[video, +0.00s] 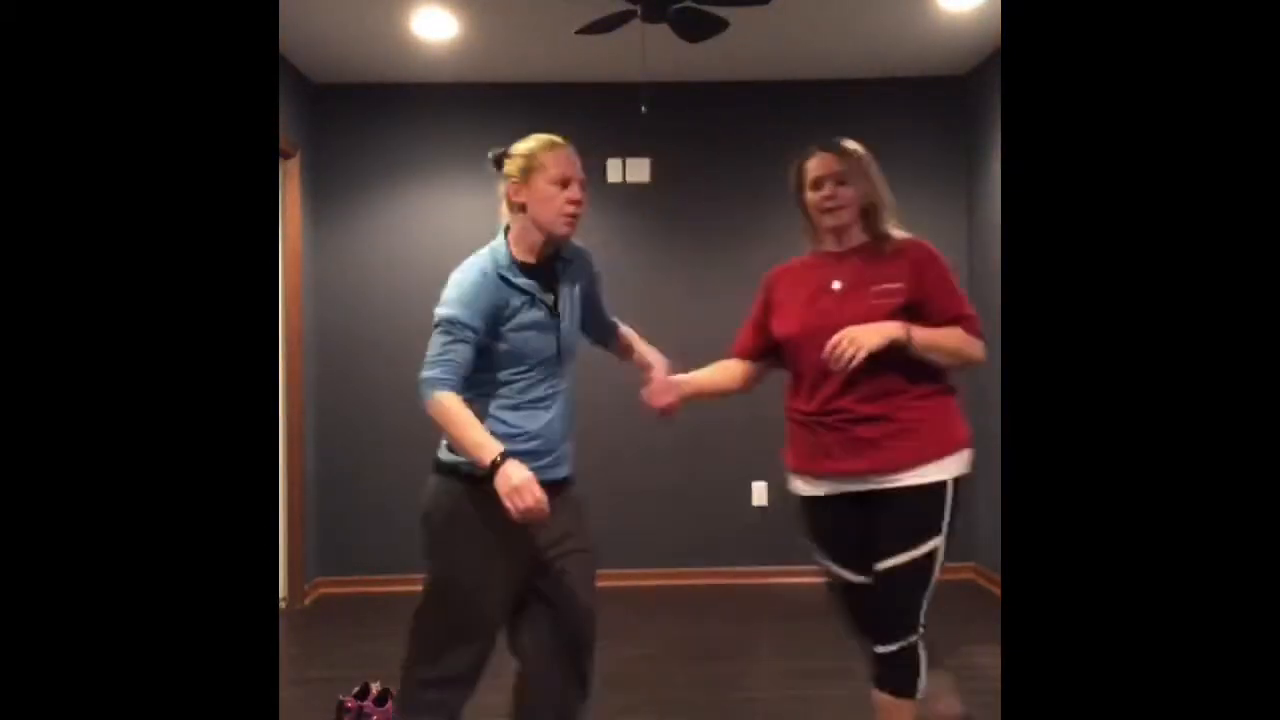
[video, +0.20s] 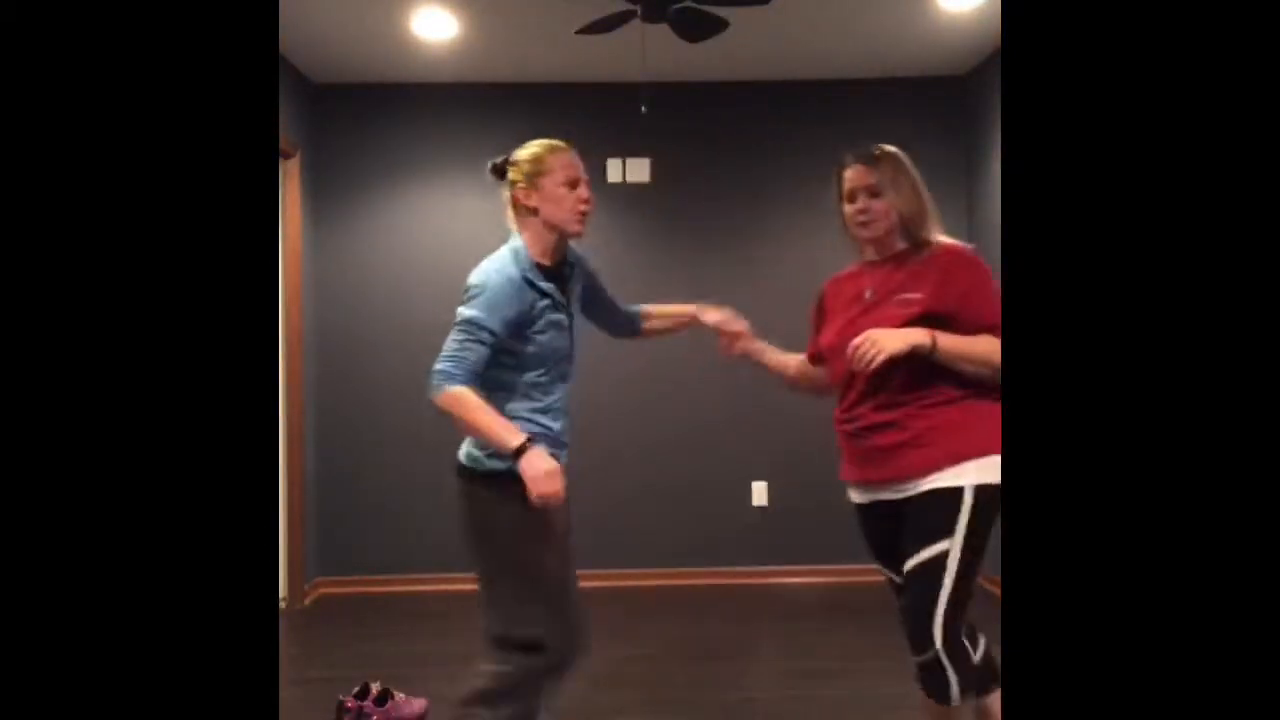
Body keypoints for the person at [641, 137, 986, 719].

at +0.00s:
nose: (829, 194)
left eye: (841, 181)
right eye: (817, 185)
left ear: (867, 187)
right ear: (803, 200)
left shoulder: (913, 260)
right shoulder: (785, 281)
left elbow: (971, 348)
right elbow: (747, 366)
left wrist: (895, 332)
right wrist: (682, 384)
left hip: (916, 471)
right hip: (824, 480)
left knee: (894, 634)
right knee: (871, 629)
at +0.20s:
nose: (859, 207)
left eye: (873, 194)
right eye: (849, 197)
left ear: (904, 196)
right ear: (841, 208)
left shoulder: (954, 266)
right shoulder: (838, 290)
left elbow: (997, 352)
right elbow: (824, 375)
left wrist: (921, 337)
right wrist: (755, 348)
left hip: (959, 472)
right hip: (876, 485)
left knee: (932, 634)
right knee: (939, 631)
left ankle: (975, 700)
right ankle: (989, 695)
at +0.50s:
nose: (884, 173)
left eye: (899, 161)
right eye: (873, 168)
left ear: (932, 173)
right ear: (862, 189)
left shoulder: (983, 259)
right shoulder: (841, 277)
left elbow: (1003, 347)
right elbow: (765, 331)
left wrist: (974, 324)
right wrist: (773, 241)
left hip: (972, 495)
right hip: (872, 502)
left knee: (953, 667)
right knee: (902, 656)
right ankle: (964, 704)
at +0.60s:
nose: (881, 168)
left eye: (895, 156)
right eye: (866, 161)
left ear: (925, 172)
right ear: (850, 185)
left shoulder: (983, 259)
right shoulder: (826, 260)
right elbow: (741, 242)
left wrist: (984, 305)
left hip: (973, 489)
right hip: (863, 493)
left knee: (962, 671)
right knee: (886, 675)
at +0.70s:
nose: (868, 160)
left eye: (879, 148)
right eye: (850, 152)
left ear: (900, 164)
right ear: (829, 175)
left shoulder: (943, 245)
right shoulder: (802, 245)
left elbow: (996, 349)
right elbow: (777, 163)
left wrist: (979, 296)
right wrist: (814, 88)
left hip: (963, 472)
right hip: (851, 480)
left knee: (959, 662)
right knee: (881, 662)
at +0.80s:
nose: (854, 167)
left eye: (864, 154)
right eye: (836, 153)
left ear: (877, 168)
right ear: (799, 168)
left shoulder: (896, 257)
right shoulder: (779, 243)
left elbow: (959, 363)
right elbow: (817, 168)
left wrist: (954, 301)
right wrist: (860, 102)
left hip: (922, 481)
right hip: (824, 485)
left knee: (940, 666)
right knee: (848, 667)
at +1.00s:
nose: (794, 162)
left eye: (789, 148)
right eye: (784, 150)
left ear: (713, 166)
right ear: (755, 162)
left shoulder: (712, 244)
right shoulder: (773, 231)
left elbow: (776, 334)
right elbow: (920, 257)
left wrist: (861, 341)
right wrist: (918, 239)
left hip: (726, 480)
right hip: (789, 485)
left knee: (841, 635)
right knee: (811, 658)